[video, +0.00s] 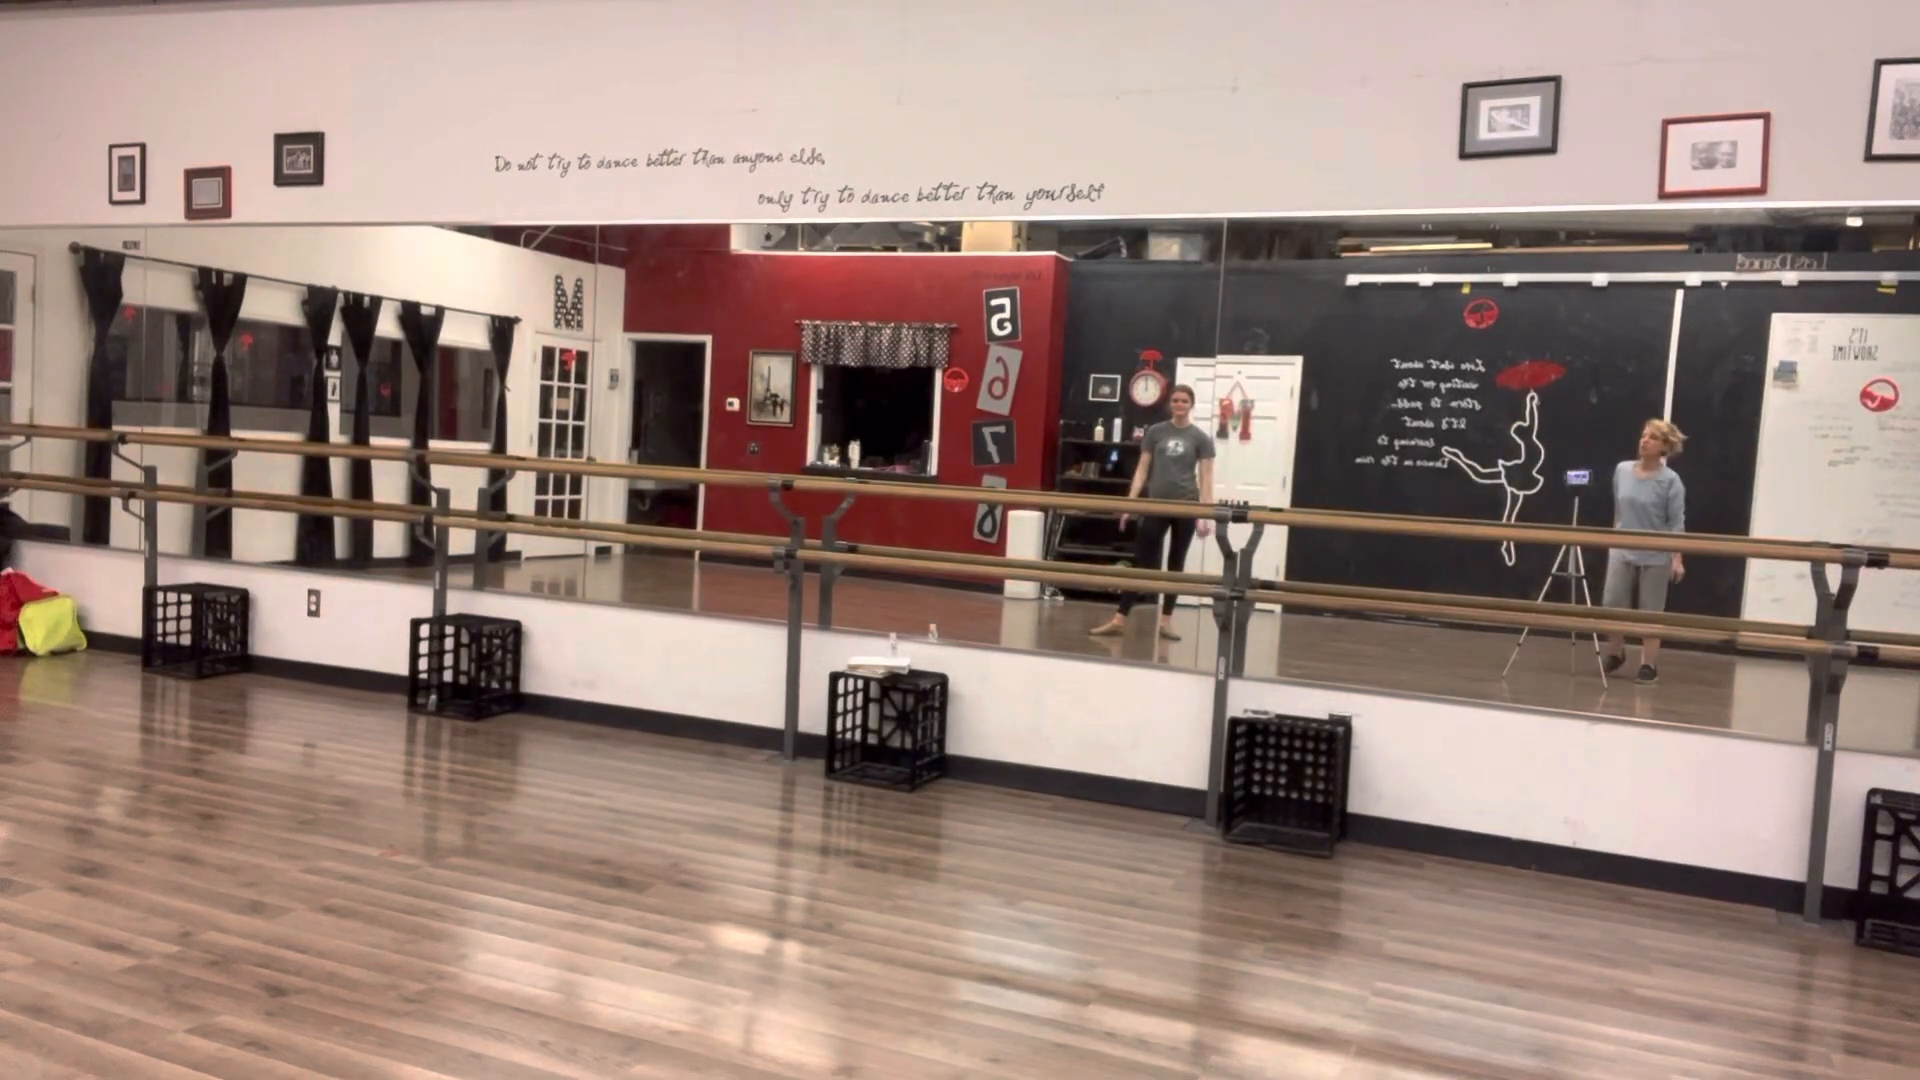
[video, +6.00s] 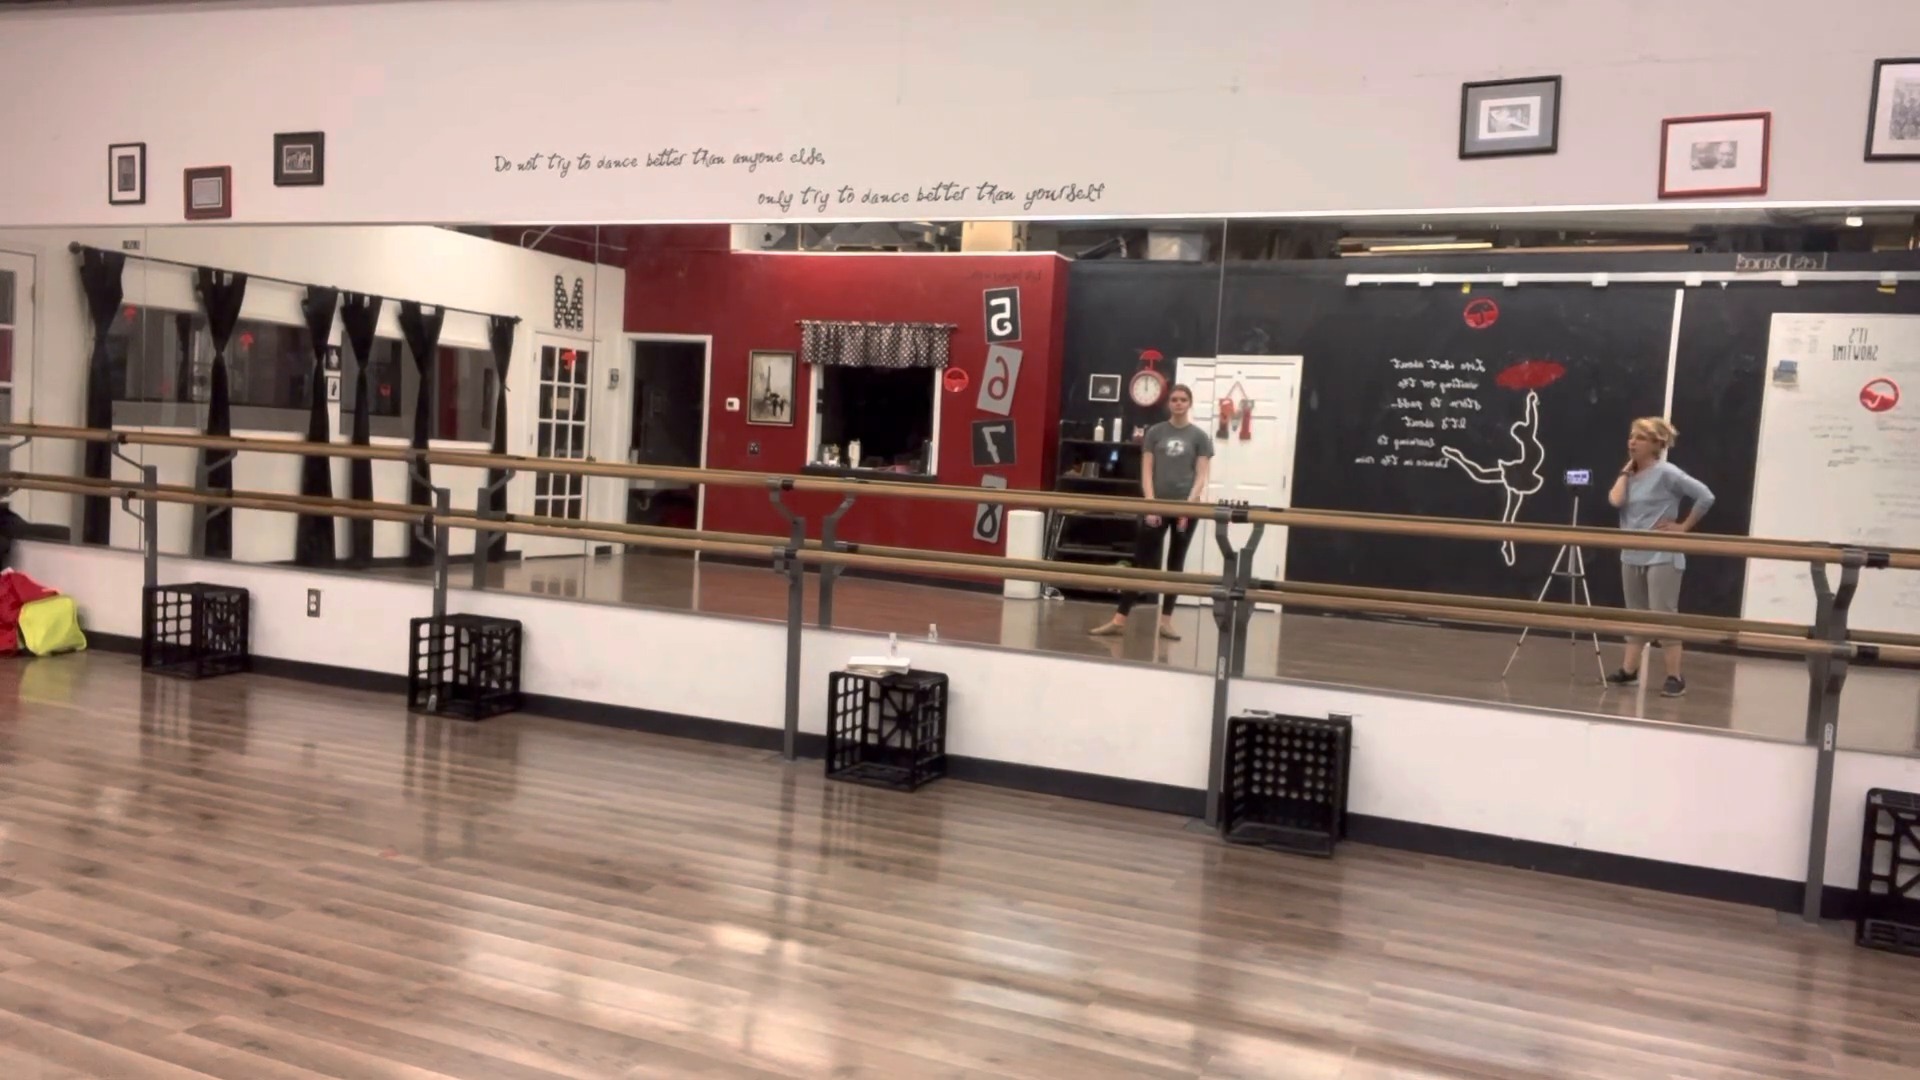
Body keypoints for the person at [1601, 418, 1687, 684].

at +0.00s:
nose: (1645, 441)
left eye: (1653, 438)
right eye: (1644, 436)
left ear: (1665, 447)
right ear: (1639, 440)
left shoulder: (1671, 481)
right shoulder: (1622, 470)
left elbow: (1677, 522)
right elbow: (1618, 509)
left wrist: (1676, 557)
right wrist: (1615, 540)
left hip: (1656, 554)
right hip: (1622, 550)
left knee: (1651, 611)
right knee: (1611, 603)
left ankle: (1648, 662)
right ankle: (1615, 651)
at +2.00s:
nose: (1665, 446)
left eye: (1666, 441)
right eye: (1667, 441)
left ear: (1670, 443)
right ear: (1695, 444)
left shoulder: (1675, 471)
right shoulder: (1699, 471)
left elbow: (1689, 501)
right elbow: (1703, 506)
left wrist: (1684, 524)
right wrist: (1692, 527)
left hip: (1678, 558)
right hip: (1695, 558)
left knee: (1671, 619)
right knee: (1677, 618)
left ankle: (1675, 676)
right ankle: (1680, 673)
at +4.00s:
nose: (1632, 450)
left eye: (1639, 445)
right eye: (1628, 444)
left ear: (1651, 446)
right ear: (1623, 445)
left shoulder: (1665, 471)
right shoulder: (1622, 470)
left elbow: (1701, 495)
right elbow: (1614, 484)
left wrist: (1677, 525)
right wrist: (1625, 460)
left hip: (1656, 554)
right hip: (1622, 553)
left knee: (1661, 615)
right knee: (1624, 615)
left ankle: (1672, 675)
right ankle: (1628, 669)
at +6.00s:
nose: (1632, 442)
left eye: (1639, 438)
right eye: (1631, 437)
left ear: (1655, 445)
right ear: (1629, 442)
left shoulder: (1667, 473)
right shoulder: (1628, 477)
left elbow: (1706, 497)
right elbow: (1616, 500)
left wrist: (1684, 526)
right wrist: (1625, 471)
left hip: (1663, 554)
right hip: (1632, 553)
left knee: (1664, 616)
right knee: (1634, 616)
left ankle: (1674, 676)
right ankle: (1628, 670)